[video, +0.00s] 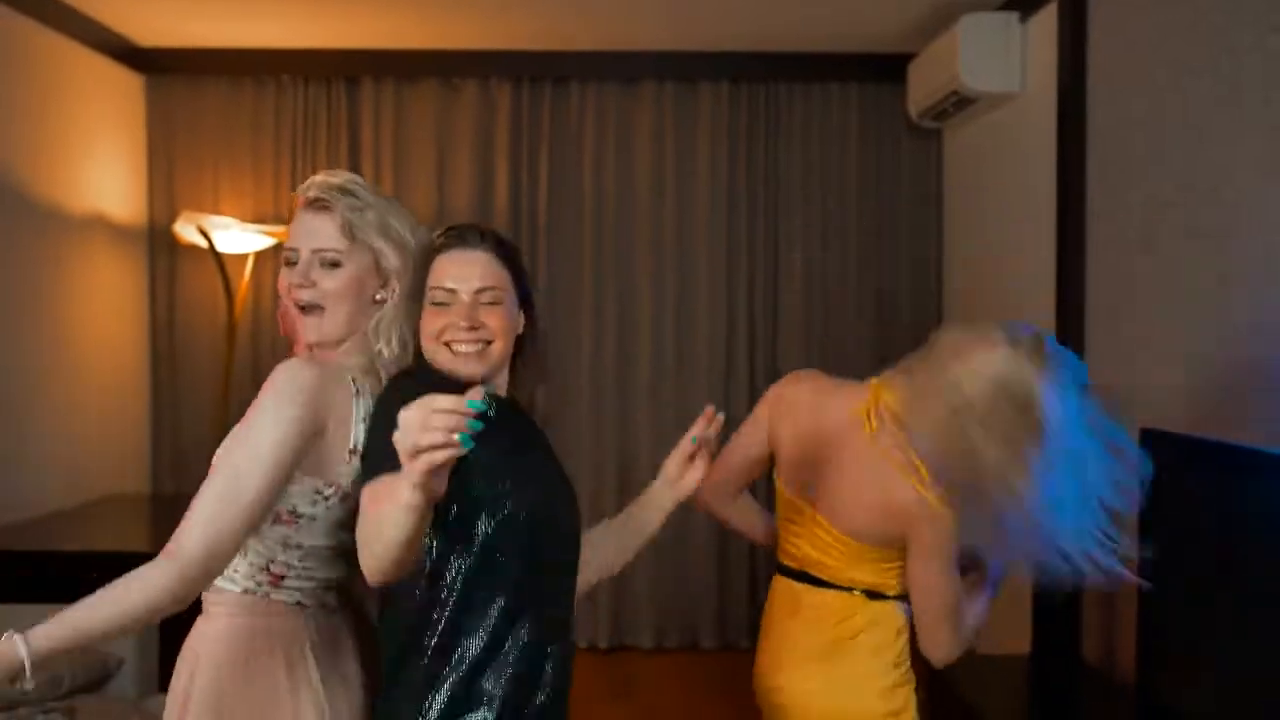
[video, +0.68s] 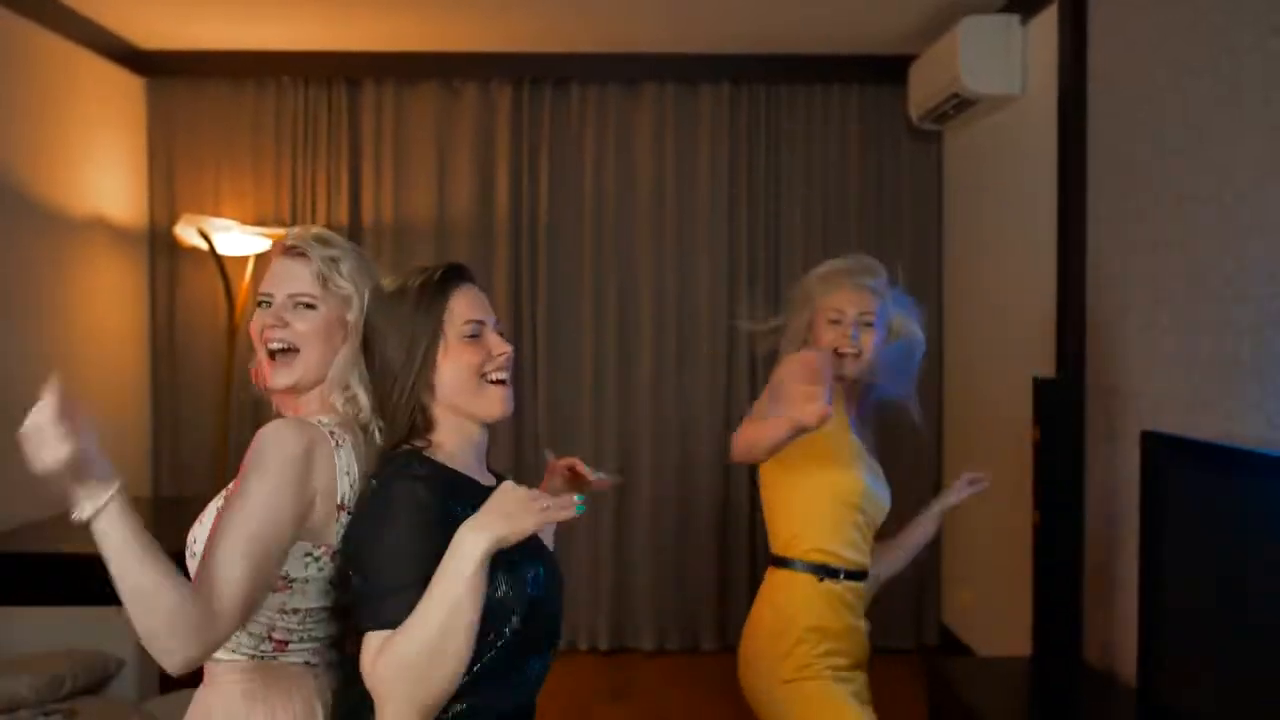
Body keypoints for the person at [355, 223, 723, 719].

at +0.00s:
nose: (465, 318)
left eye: (489, 301)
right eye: (441, 302)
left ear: (521, 318)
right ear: (419, 319)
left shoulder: (517, 424)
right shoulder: (412, 403)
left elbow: (560, 576)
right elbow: (378, 566)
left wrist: (664, 494)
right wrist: (416, 489)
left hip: (530, 697)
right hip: (439, 698)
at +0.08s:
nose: (475, 329)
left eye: (496, 309)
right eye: (448, 313)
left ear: (522, 331)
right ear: (421, 337)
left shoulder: (526, 468)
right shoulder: (411, 456)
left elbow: (569, 618)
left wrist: (652, 528)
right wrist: (433, 546)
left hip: (539, 706)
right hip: (454, 708)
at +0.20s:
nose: (488, 345)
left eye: (503, 329)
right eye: (458, 333)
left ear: (523, 349)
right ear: (421, 361)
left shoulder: (517, 488)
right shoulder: (410, 484)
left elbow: (556, 628)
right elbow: (396, 699)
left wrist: (596, 509)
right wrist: (434, 550)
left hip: (540, 707)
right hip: (456, 710)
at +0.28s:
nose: (493, 321)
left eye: (504, 305)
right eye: (462, 306)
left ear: (520, 325)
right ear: (417, 332)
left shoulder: (510, 458)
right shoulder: (410, 455)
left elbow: (547, 581)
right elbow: (373, 650)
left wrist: (572, 454)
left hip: (537, 701)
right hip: (446, 704)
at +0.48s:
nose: (512, 321)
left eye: (511, 304)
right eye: (483, 302)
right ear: (419, 320)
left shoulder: (497, 439)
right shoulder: (385, 447)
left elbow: (520, 551)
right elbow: (350, 664)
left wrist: (583, 435)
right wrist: (366, 491)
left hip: (509, 703)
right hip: (416, 707)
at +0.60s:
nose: (505, 336)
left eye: (501, 319)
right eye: (475, 320)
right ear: (416, 346)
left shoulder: (496, 476)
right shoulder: (396, 486)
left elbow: (503, 603)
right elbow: (379, 701)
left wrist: (564, 510)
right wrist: (439, 556)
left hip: (507, 706)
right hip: (443, 710)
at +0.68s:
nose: (504, 347)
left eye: (497, 331)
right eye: (473, 333)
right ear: (416, 360)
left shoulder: (491, 489)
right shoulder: (402, 498)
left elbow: (502, 629)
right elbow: (400, 702)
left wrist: (546, 517)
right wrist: (475, 539)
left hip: (503, 706)